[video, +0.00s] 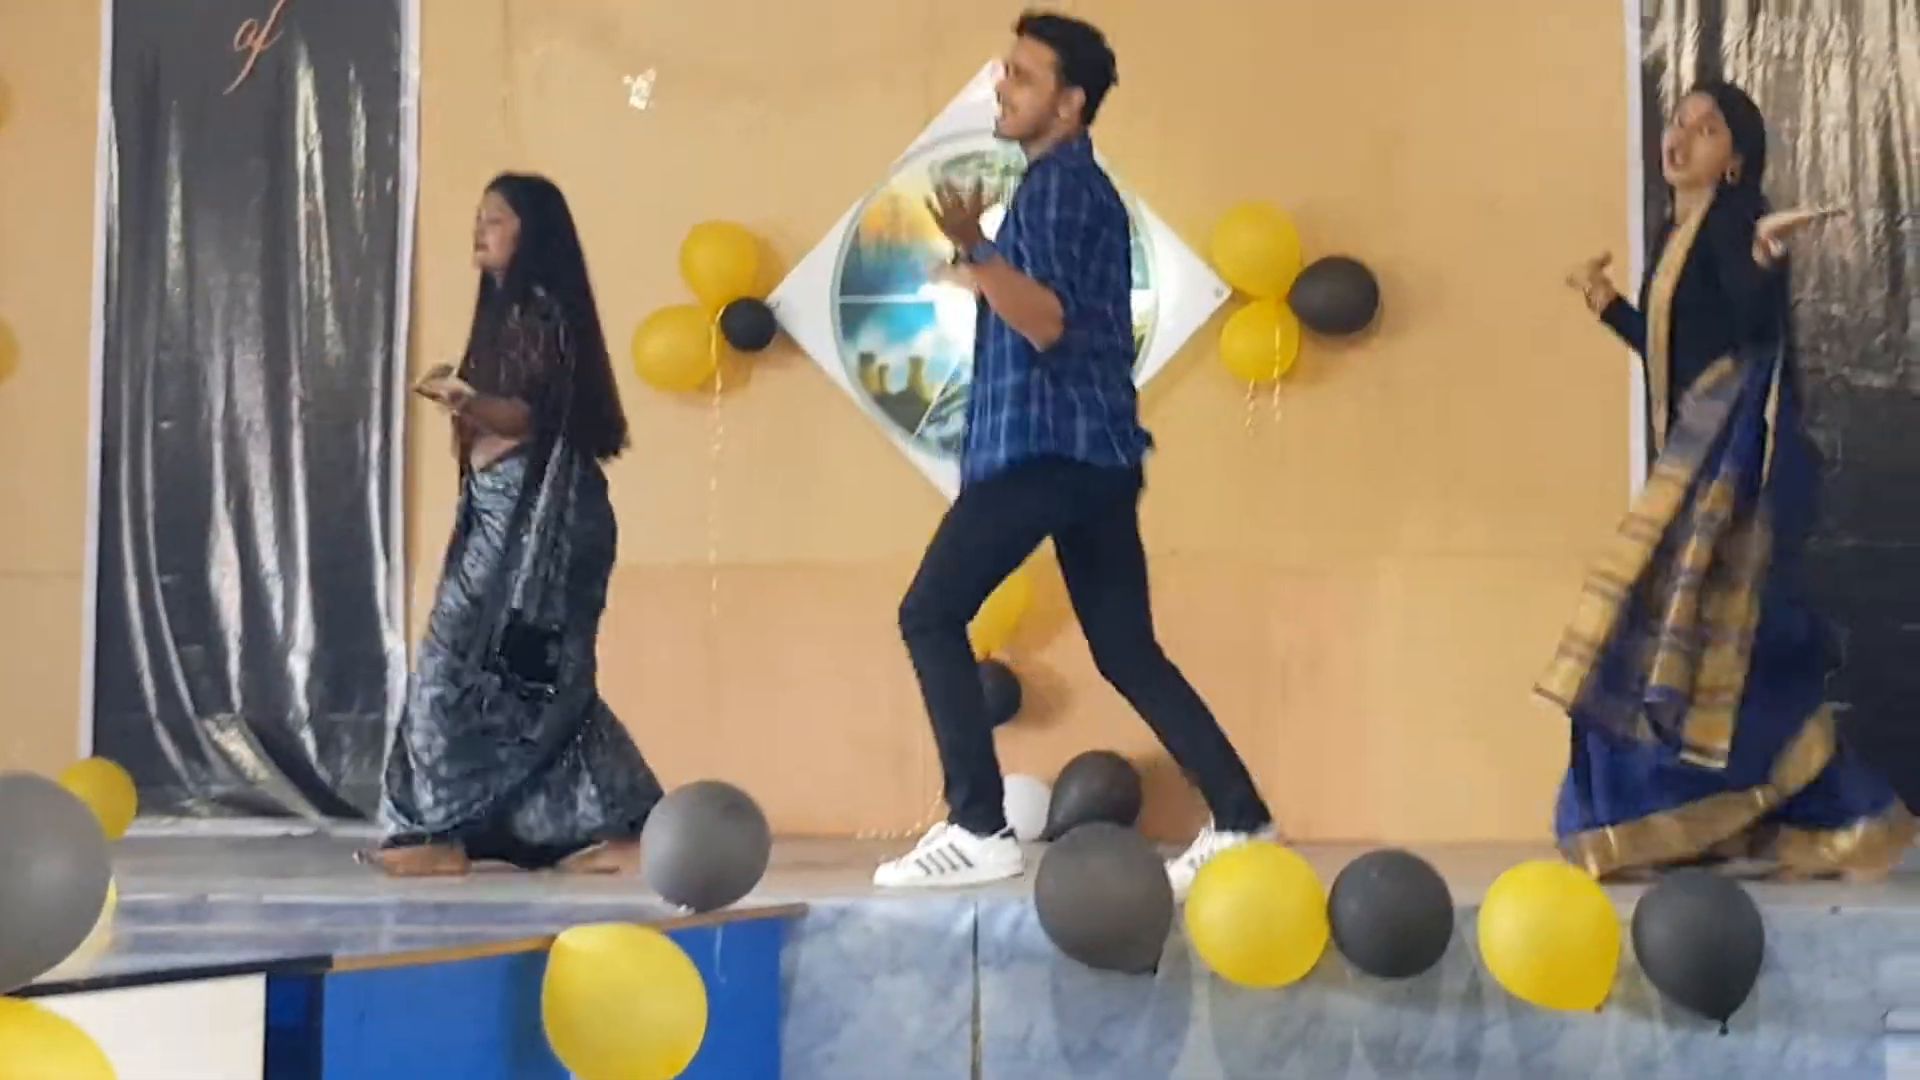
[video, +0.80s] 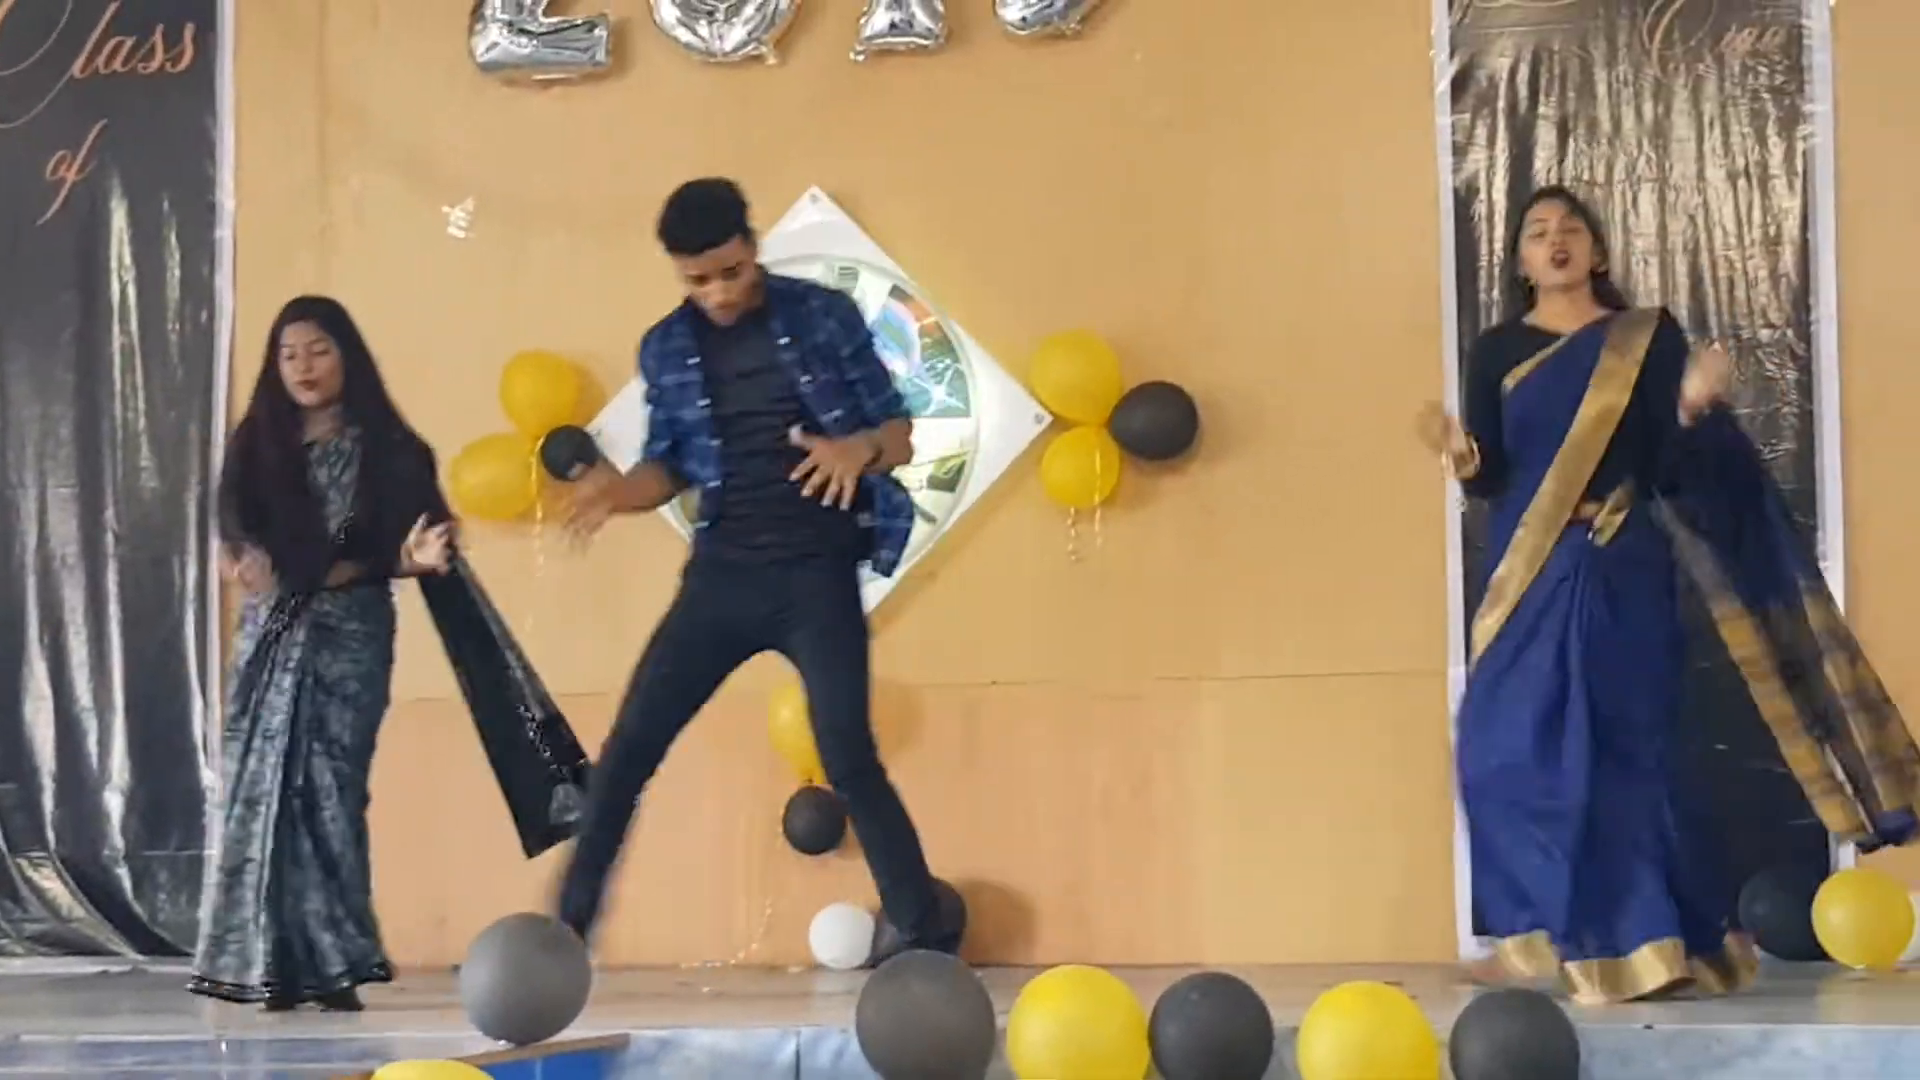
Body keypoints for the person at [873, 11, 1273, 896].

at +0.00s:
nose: (1000, 88)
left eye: (1022, 77)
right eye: (1005, 72)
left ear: (1073, 101)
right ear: (1060, 98)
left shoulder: (1056, 184)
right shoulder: (1087, 189)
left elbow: (1044, 321)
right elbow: (1068, 326)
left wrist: (971, 249)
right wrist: (983, 262)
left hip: (1043, 453)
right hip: (1100, 457)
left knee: (928, 615)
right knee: (1128, 654)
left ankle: (978, 829)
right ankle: (1246, 824)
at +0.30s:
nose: (981, 141)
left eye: (1002, 126)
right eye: (976, 125)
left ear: (1051, 143)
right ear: (972, 141)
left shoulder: (1059, 216)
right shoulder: (998, 239)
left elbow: (1073, 327)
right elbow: (965, 362)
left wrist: (994, 235)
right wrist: (903, 279)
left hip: (1049, 487)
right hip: (1046, 492)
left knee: (950, 663)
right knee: (1111, 703)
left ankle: (1059, 851)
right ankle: (1195, 889)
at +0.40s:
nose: (945, 180)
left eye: (963, 163)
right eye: (935, 165)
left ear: (1007, 171)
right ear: (928, 173)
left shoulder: (1041, 264)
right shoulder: (931, 269)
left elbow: (1062, 398)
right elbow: (935, 402)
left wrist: (967, 332)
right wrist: (862, 382)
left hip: (1021, 517)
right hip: (973, 524)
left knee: (957, 709)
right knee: (1062, 732)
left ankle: (1014, 893)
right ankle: (1161, 904)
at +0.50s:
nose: (902, 233)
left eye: (918, 214)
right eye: (889, 218)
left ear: (960, 213)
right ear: (880, 223)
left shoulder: (1009, 325)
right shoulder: (862, 320)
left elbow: (1020, 461)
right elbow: (852, 444)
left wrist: (930, 397)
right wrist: (811, 510)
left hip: (976, 549)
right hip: (899, 557)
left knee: (942, 752)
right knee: (953, 767)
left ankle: (987, 949)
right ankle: (1124, 919)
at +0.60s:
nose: (844, 276)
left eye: (859, 254)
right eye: (828, 258)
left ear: (894, 238)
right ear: (814, 253)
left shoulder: (959, 323)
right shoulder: (802, 334)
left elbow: (993, 456)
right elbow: (785, 454)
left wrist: (926, 372)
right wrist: (739, 485)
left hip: (933, 569)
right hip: (848, 580)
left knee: (930, 756)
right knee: (824, 778)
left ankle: (976, 937)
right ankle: (986, 871)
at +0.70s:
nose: (772, 281)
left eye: (786, 261)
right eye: (754, 265)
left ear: (817, 238)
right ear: (737, 254)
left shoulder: (888, 297)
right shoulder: (729, 325)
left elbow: (958, 419)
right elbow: (732, 443)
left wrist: (898, 389)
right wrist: (670, 441)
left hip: (876, 560)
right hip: (784, 565)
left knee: (891, 747)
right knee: (704, 739)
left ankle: (952, 937)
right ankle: (779, 901)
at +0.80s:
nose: (719, 292)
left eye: (732, 272)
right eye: (699, 279)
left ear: (755, 247)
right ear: (676, 269)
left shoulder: (820, 313)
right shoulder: (667, 348)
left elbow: (899, 434)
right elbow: (669, 465)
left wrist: (862, 448)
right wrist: (617, 493)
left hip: (816, 575)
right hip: (721, 577)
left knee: (849, 763)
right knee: (628, 751)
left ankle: (922, 936)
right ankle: (568, 934)